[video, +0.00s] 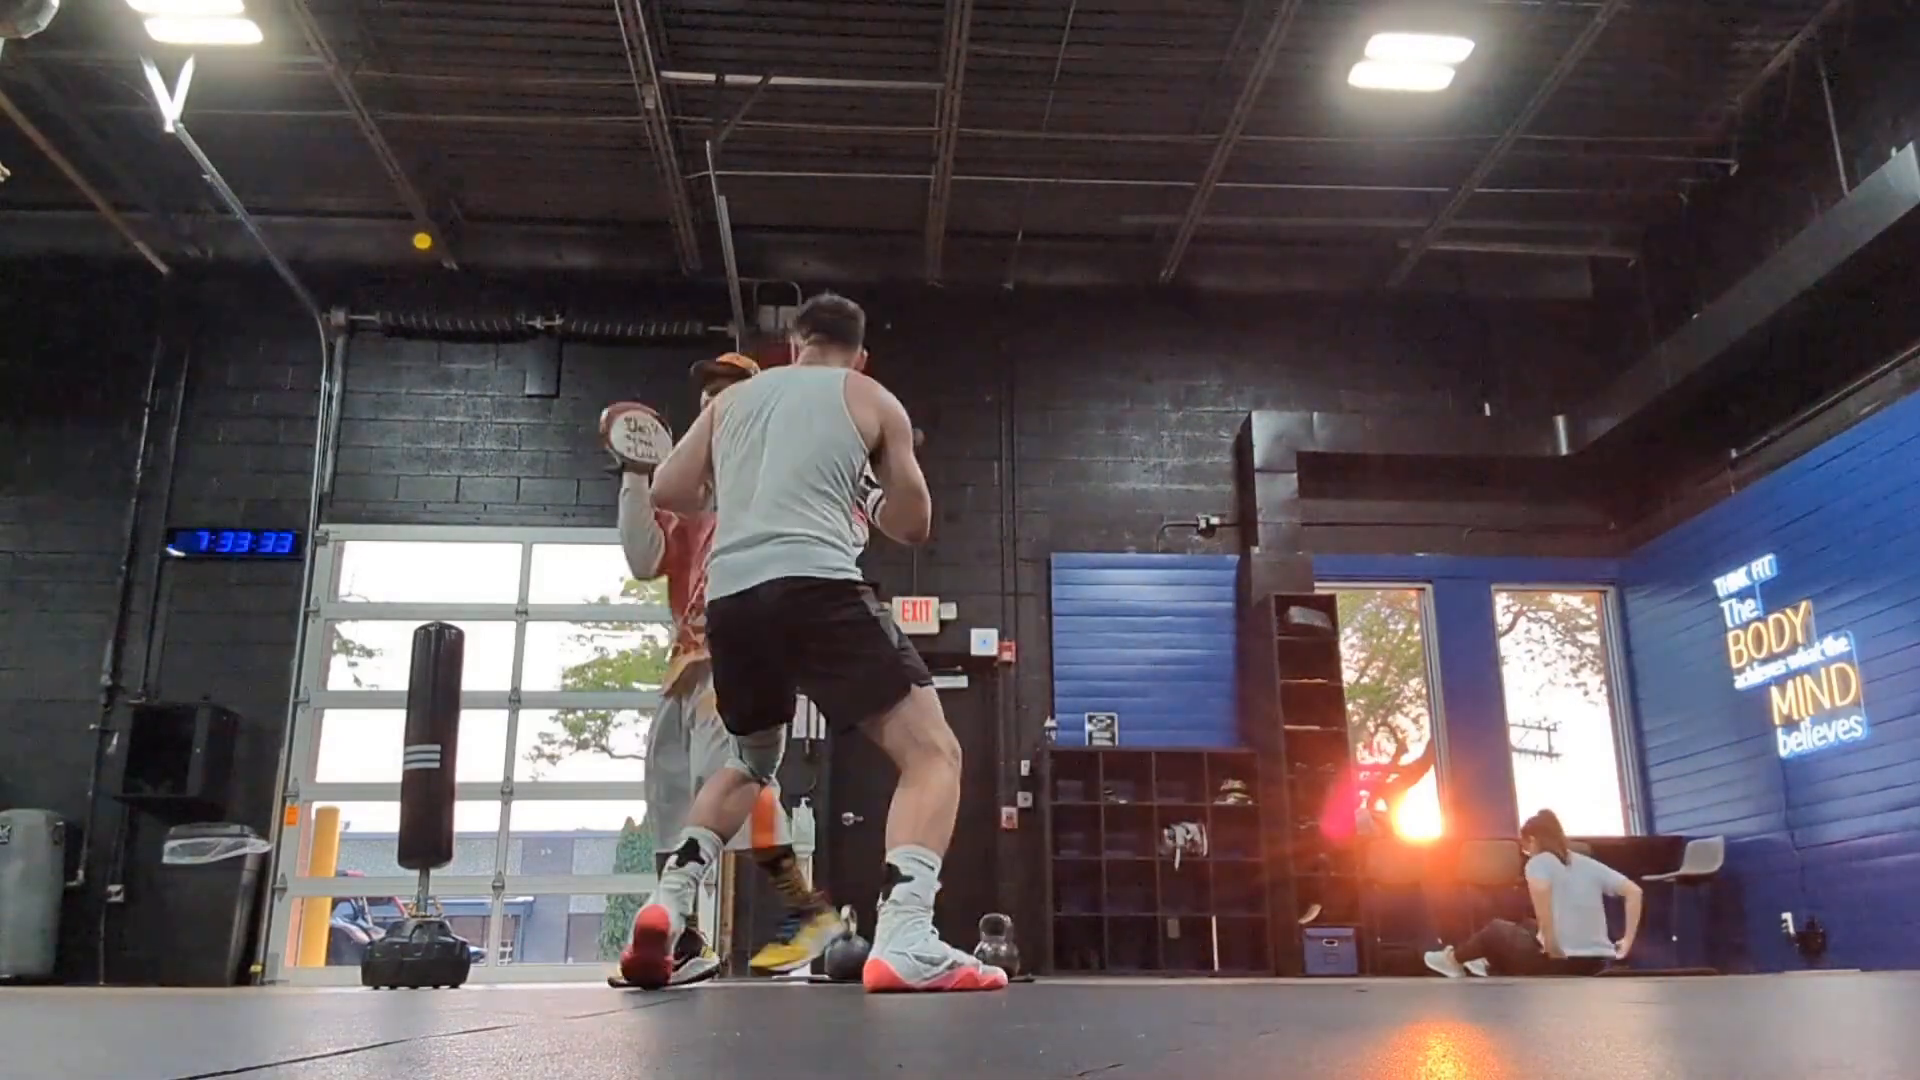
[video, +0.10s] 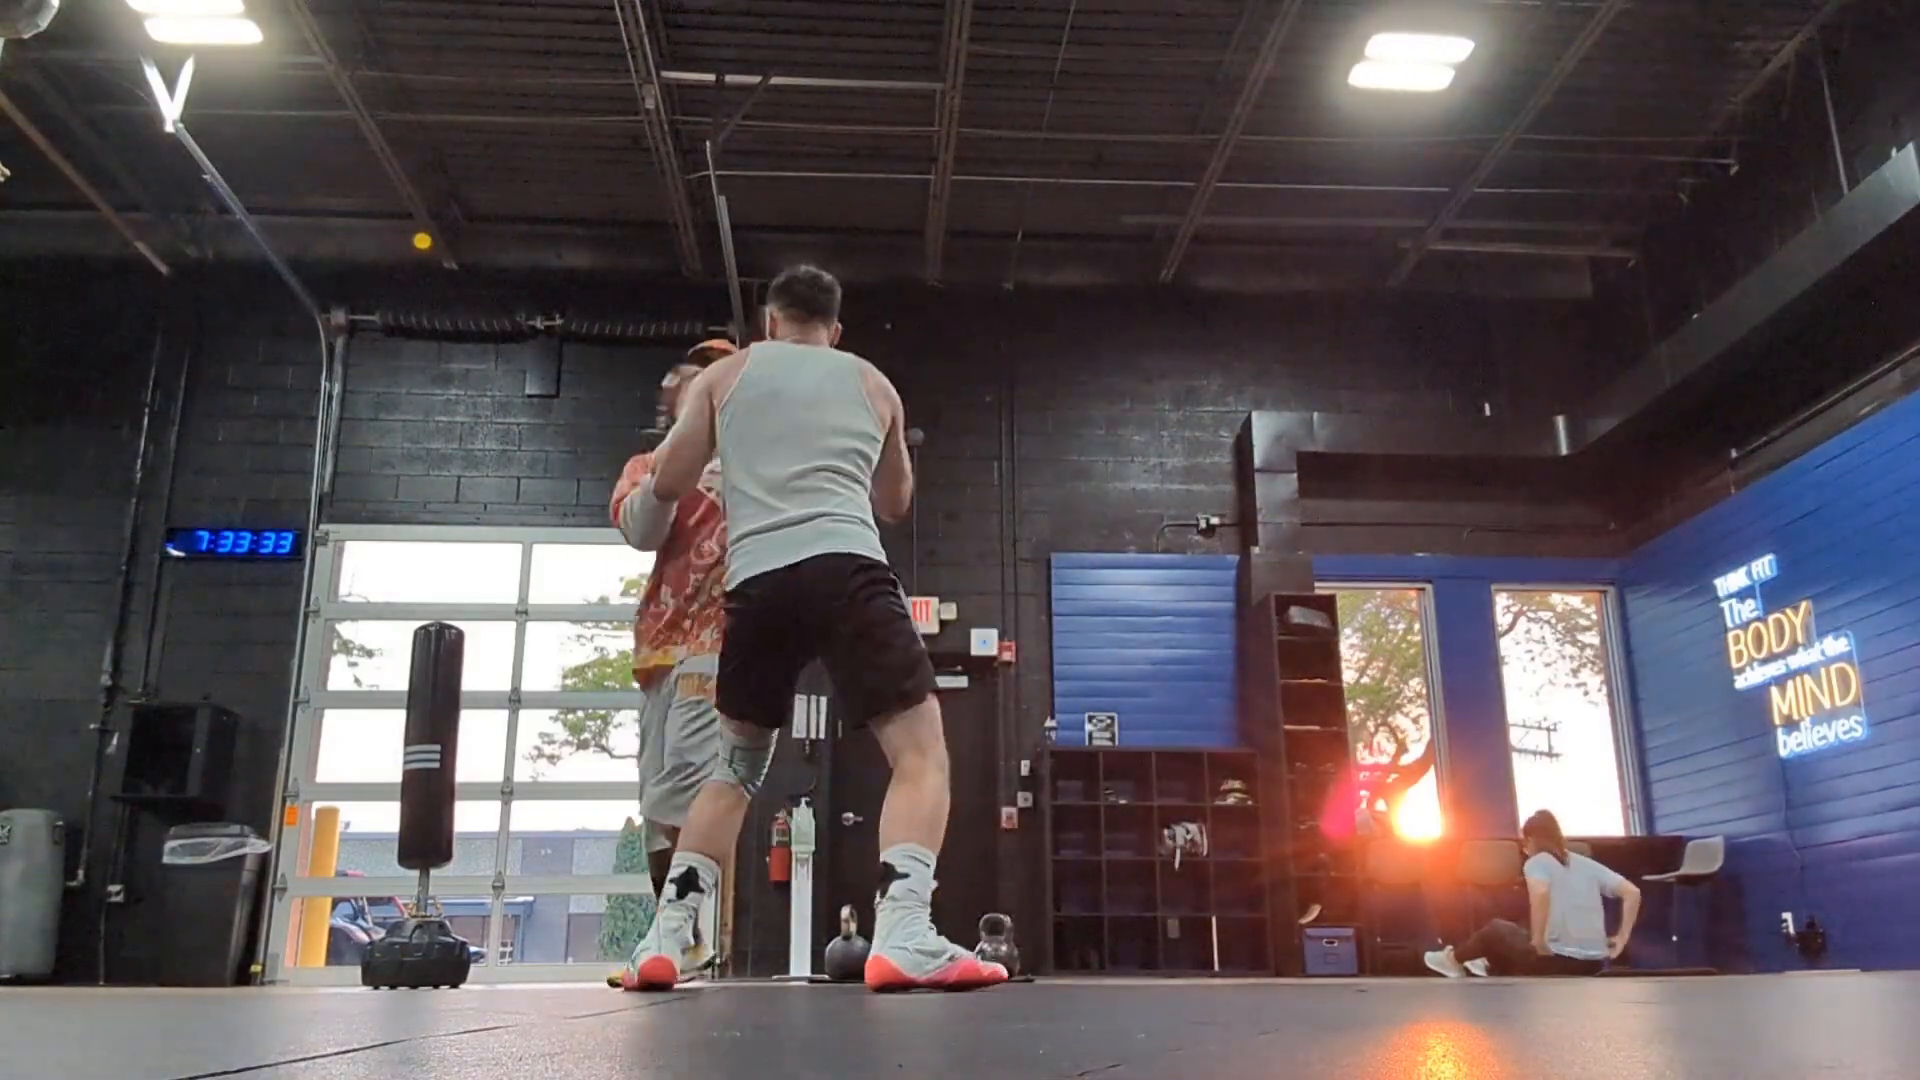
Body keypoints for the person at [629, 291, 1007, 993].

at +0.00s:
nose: (803, 359)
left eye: (795, 348)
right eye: (857, 357)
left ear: (793, 345)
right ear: (861, 353)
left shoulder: (733, 399)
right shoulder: (876, 402)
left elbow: (671, 490)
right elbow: (913, 523)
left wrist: (736, 497)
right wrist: (863, 499)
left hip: (731, 603)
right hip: (822, 590)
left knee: (747, 766)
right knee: (933, 756)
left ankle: (669, 898)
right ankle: (907, 936)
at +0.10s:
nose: (779, 334)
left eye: (770, 323)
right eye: (826, 330)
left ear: (767, 321)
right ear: (839, 330)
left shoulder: (723, 375)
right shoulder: (875, 384)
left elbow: (669, 479)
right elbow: (896, 502)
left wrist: (702, 410)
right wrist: (866, 440)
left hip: (760, 582)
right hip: (852, 570)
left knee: (732, 771)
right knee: (919, 756)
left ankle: (667, 938)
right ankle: (906, 931)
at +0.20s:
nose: (769, 332)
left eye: (768, 323)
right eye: (775, 325)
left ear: (778, 318)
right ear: (844, 324)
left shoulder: (750, 365)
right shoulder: (884, 380)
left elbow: (695, 465)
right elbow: (868, 460)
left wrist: (695, 409)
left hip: (776, 577)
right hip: (871, 573)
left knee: (715, 766)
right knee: (932, 762)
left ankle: (666, 942)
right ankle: (962, 922)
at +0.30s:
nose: (800, 332)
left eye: (801, 322)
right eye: (805, 325)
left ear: (812, 319)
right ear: (876, 332)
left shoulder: (780, 362)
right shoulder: (916, 394)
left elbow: (729, 444)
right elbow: (902, 484)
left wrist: (671, 444)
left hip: (792, 583)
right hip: (893, 582)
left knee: (711, 764)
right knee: (977, 768)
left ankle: (661, 946)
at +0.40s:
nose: (831, 339)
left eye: (834, 327)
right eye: (833, 330)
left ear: (857, 320)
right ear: (912, 327)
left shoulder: (824, 361)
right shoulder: (971, 399)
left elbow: (748, 461)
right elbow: (969, 520)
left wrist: (726, 440)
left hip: (841, 578)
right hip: (943, 582)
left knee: (748, 764)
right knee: (1022, 774)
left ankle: (662, 946)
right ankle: (1117, 943)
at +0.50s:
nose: (867, 320)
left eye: (868, 308)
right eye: (868, 310)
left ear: (892, 298)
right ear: (941, 304)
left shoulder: (870, 340)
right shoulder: (1004, 371)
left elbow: (802, 435)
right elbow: (1008, 473)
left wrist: (762, 487)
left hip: (899, 559)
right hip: (1000, 563)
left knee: (802, 745)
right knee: (1049, 756)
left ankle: (707, 929)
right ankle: (1121, 940)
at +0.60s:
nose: (874, 292)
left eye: (877, 277)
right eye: (874, 280)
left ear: (908, 266)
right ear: (950, 272)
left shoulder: (902, 301)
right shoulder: (1007, 337)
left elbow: (869, 390)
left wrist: (798, 403)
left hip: (945, 528)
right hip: (1038, 532)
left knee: (851, 707)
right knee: (1063, 739)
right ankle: (1122, 937)